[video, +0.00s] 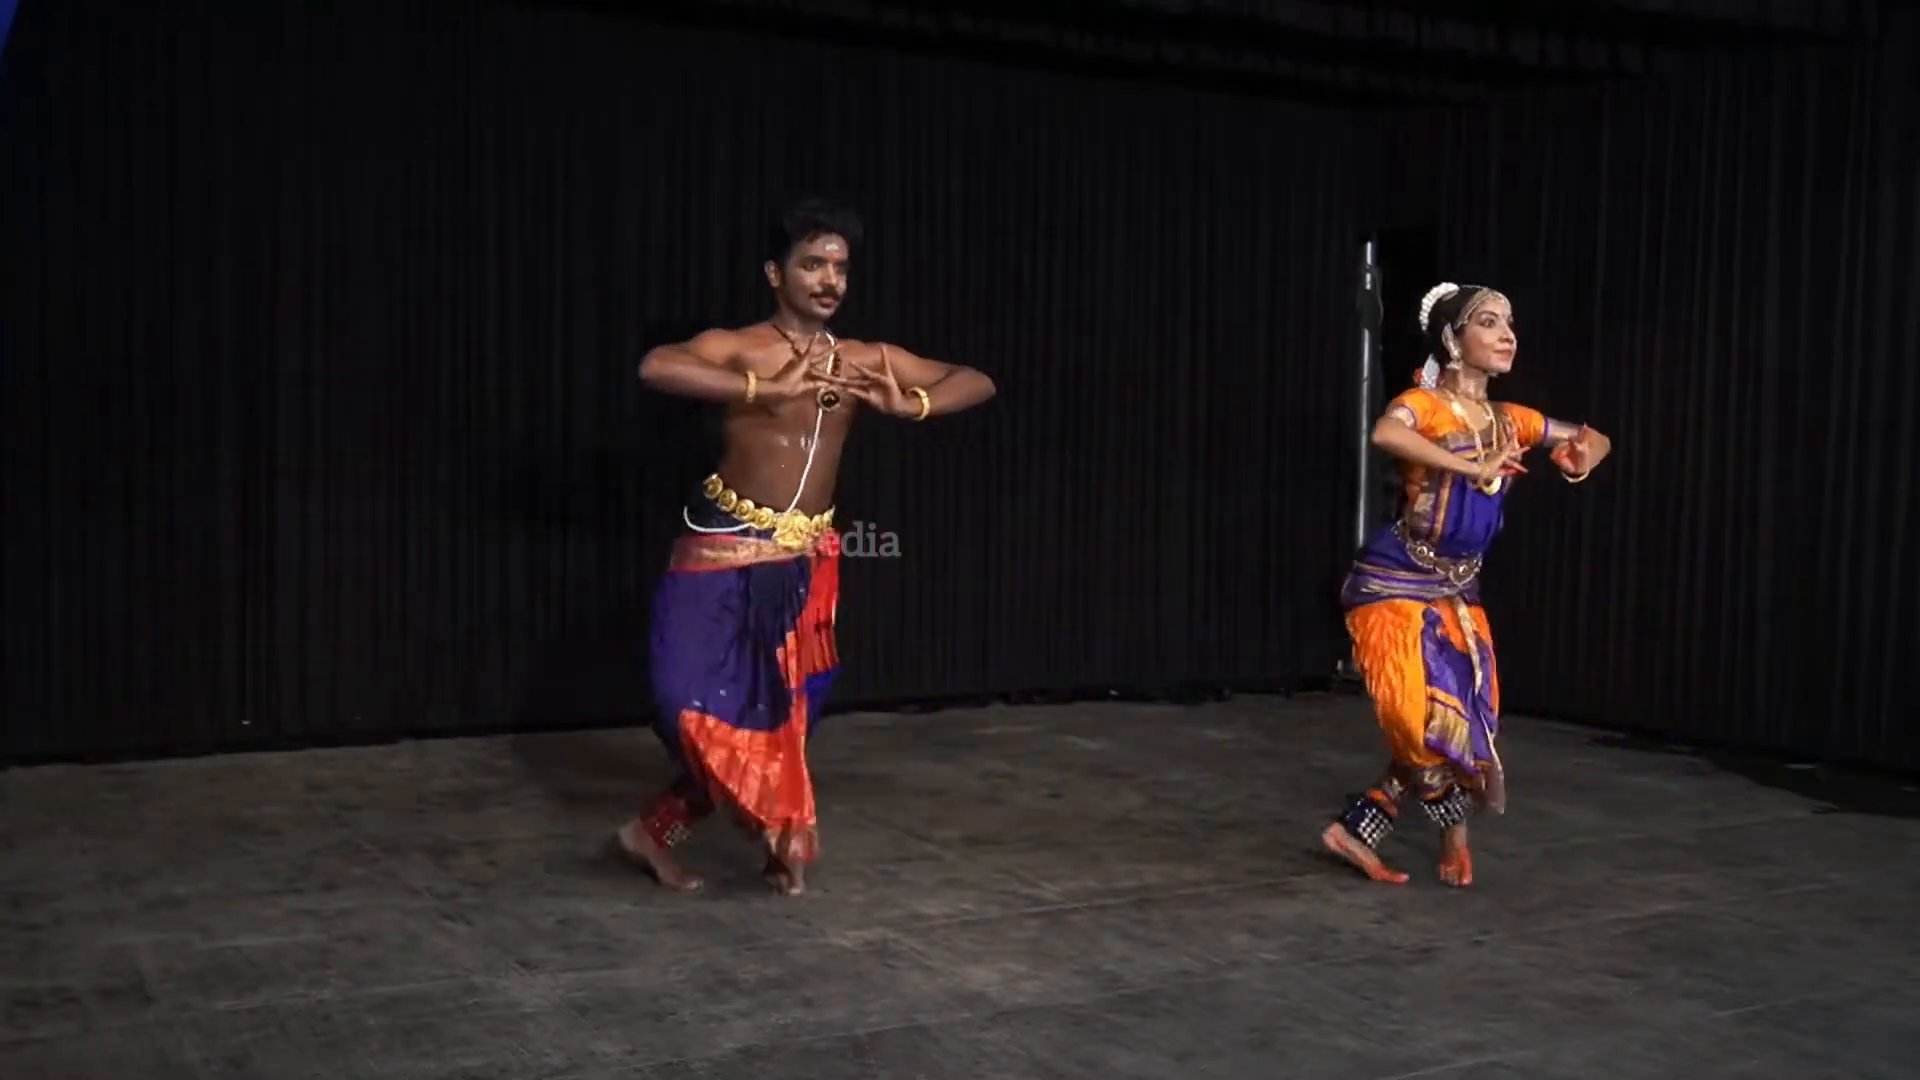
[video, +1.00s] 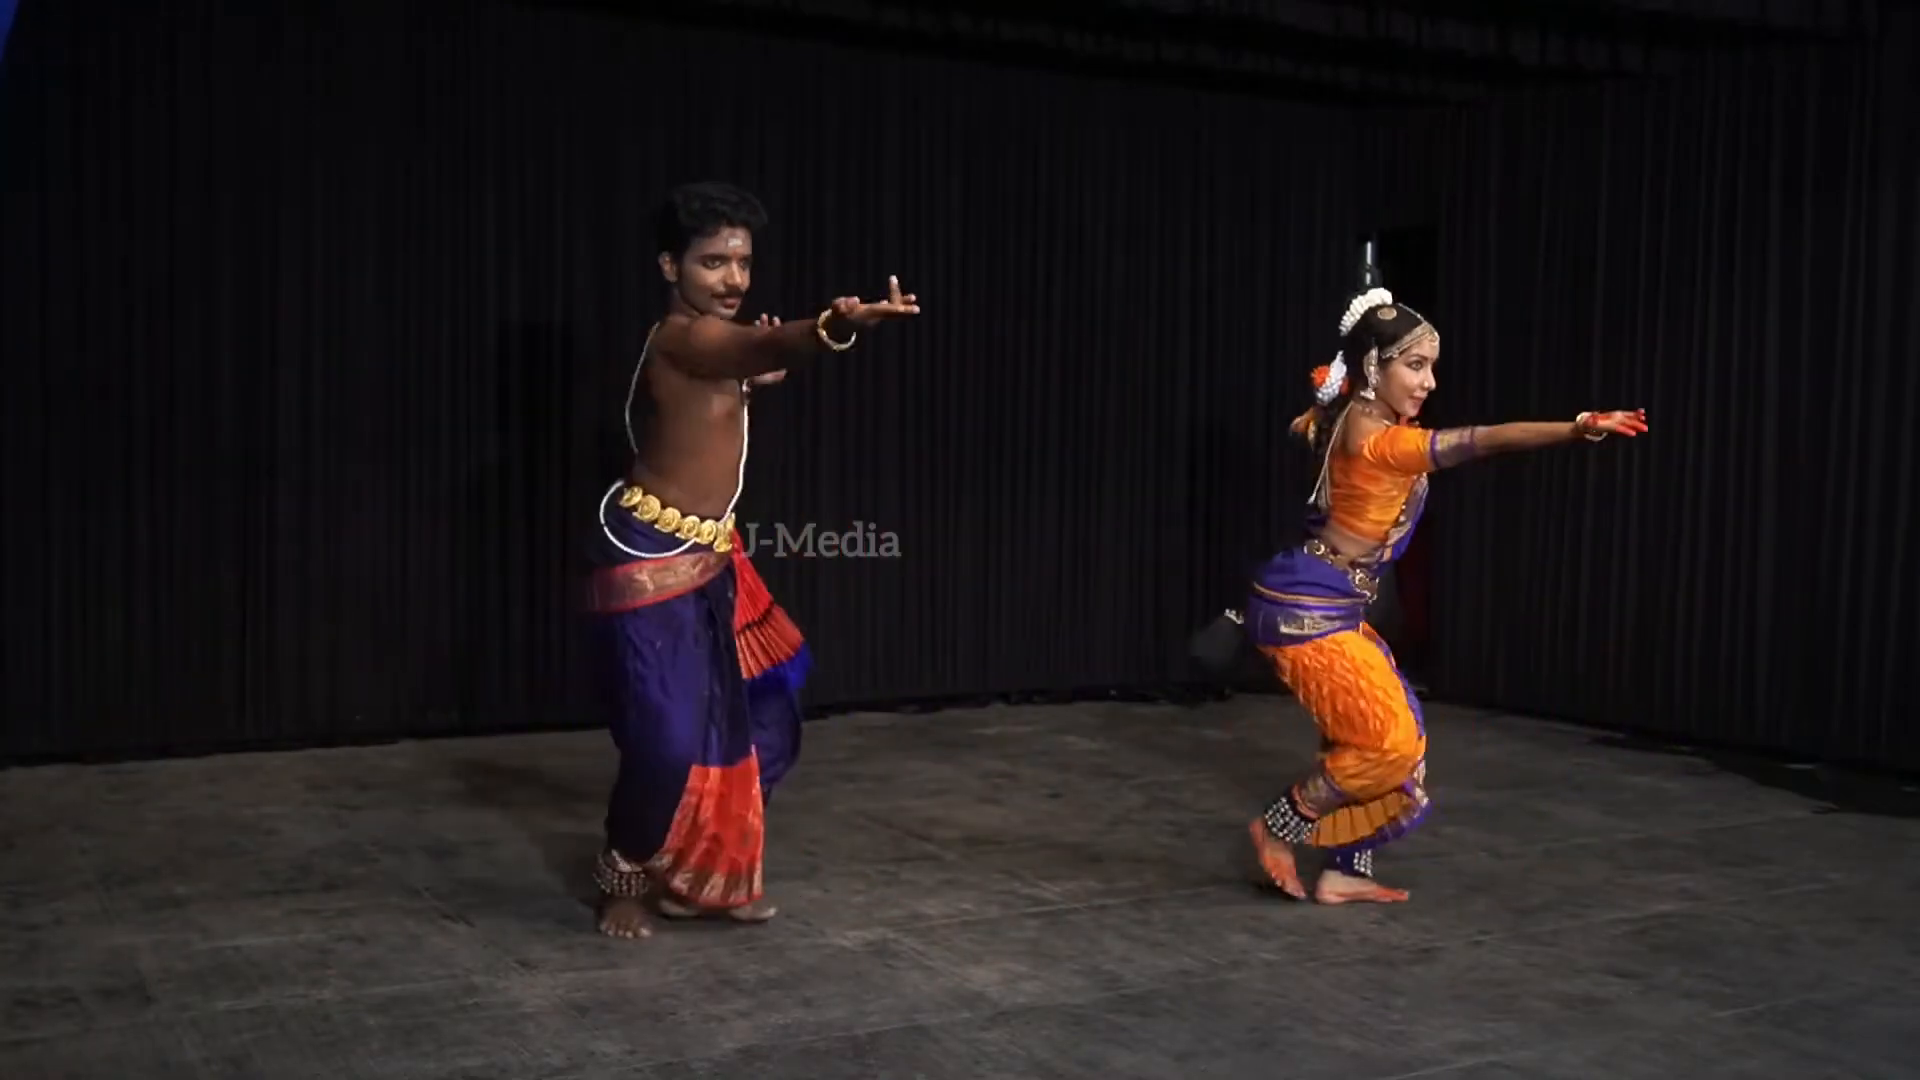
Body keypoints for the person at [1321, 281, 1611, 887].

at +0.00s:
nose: (1507, 336)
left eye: (1509, 325)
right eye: (1491, 324)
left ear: (1506, 341)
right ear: (1453, 338)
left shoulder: (1509, 419)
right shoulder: (1424, 402)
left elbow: (1590, 437)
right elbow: (1387, 434)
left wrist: (1586, 454)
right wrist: (1470, 467)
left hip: (1457, 592)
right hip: (1395, 582)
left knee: (1469, 717)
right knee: (1415, 707)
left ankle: (1358, 827)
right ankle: (1453, 825)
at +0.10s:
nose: (1486, 326)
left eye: (1485, 316)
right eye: (1468, 315)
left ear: (1479, 335)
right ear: (1430, 332)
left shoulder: (1487, 413)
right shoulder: (1403, 395)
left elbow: (1565, 434)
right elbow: (1363, 426)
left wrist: (1563, 450)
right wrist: (1446, 457)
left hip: (1431, 584)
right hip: (1368, 574)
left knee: (1411, 703)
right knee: (1349, 696)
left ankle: (1367, 841)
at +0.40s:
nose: (1423, 344)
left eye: (1425, 336)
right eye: (1405, 334)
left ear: (1427, 353)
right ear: (1369, 355)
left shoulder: (1438, 438)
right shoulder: (1343, 424)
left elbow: (1530, 486)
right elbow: (1311, 487)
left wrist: (1498, 480)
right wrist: (1405, 469)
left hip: (1387, 610)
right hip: (1315, 600)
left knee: (1418, 718)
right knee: (1266, 706)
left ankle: (1341, 852)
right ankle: (1291, 853)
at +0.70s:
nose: (1403, 371)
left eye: (1409, 359)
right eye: (1388, 355)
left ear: (1410, 367)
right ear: (1350, 361)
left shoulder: (1404, 446)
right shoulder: (1316, 433)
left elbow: (1480, 510)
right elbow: (1311, 517)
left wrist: (1457, 505)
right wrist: (1407, 523)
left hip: (1342, 614)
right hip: (1272, 611)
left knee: (1397, 714)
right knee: (1275, 742)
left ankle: (1334, 853)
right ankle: (1269, 858)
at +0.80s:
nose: (1404, 373)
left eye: (1410, 359)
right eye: (1390, 357)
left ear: (1411, 365)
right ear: (1351, 364)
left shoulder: (1383, 435)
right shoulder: (1330, 433)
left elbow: (1432, 489)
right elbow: (1374, 518)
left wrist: (1464, 485)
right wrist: (1464, 497)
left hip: (1335, 609)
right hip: (1277, 610)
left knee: (1374, 715)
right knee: (1293, 741)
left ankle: (1337, 852)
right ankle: (1268, 858)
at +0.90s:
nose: (1415, 375)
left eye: (1420, 361)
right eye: (1402, 359)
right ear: (1359, 363)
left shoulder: (1366, 418)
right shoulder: (1353, 432)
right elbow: (1460, 462)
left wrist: (1405, 453)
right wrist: (1548, 445)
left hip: (1334, 609)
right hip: (1287, 611)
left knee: (1383, 736)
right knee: (1328, 765)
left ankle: (1338, 869)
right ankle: (1262, 838)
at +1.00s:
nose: (1429, 380)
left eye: (1432, 367)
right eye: (1416, 365)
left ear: (1376, 369)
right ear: (1372, 369)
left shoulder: (1349, 414)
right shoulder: (1382, 442)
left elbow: (1305, 425)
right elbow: (1478, 440)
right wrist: (1575, 429)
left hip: (1330, 611)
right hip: (1309, 614)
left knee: (1400, 743)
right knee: (1391, 743)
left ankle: (1343, 872)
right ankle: (1277, 827)